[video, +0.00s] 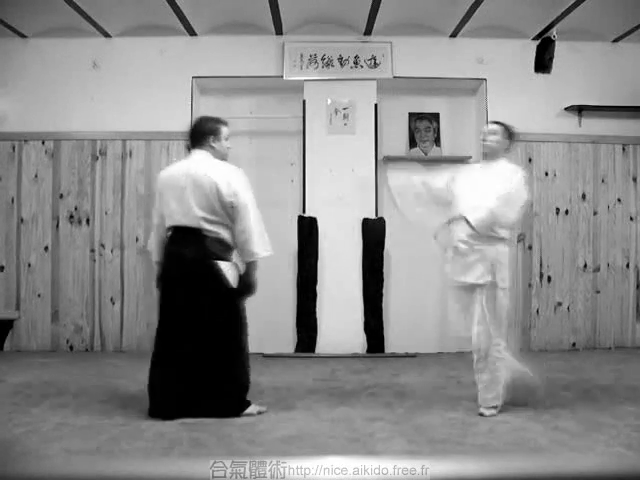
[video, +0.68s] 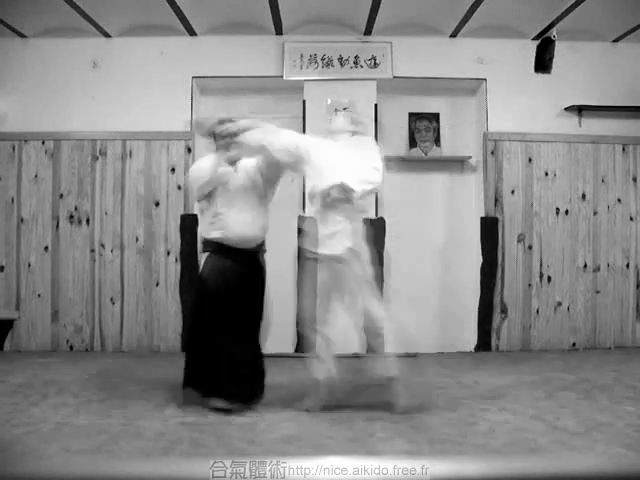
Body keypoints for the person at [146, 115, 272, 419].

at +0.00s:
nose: (228, 145)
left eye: (228, 139)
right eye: (225, 140)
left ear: (196, 141)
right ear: (212, 142)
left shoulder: (167, 174)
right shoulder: (228, 175)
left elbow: (159, 226)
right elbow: (246, 228)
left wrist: (160, 264)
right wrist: (250, 271)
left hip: (174, 262)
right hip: (215, 264)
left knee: (173, 333)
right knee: (226, 334)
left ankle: (168, 403)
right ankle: (230, 402)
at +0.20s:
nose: (239, 144)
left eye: (238, 137)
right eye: (235, 138)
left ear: (206, 141)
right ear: (221, 140)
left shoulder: (183, 174)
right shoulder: (238, 171)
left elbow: (178, 220)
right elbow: (267, 211)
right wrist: (279, 248)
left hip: (192, 259)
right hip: (229, 262)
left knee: (193, 332)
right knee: (236, 334)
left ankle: (171, 397)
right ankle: (233, 403)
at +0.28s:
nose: (241, 141)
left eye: (240, 135)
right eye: (237, 135)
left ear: (212, 140)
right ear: (221, 139)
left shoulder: (193, 172)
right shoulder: (237, 168)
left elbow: (190, 215)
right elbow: (284, 197)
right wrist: (297, 214)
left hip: (198, 257)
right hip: (231, 259)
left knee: (202, 330)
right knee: (242, 332)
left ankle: (189, 395)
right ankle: (234, 404)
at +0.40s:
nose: (242, 139)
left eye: (239, 133)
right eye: (235, 134)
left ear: (213, 140)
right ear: (217, 140)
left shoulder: (202, 168)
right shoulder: (231, 164)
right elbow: (274, 175)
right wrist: (296, 172)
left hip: (204, 252)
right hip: (232, 255)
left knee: (209, 328)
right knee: (245, 329)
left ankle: (201, 401)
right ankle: (234, 403)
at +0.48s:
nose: (238, 139)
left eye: (237, 134)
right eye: (231, 135)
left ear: (234, 138)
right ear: (213, 141)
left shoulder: (230, 166)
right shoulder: (214, 163)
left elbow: (262, 192)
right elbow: (259, 164)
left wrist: (292, 167)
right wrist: (289, 152)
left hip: (238, 254)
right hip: (225, 255)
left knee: (231, 327)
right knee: (240, 328)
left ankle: (227, 399)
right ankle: (233, 402)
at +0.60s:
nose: (232, 139)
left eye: (235, 135)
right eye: (225, 135)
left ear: (240, 138)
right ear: (212, 141)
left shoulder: (253, 167)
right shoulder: (207, 164)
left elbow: (287, 161)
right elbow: (241, 163)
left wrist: (286, 138)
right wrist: (268, 157)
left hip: (247, 256)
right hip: (218, 255)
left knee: (253, 325)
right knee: (226, 328)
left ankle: (248, 394)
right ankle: (228, 398)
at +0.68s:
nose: (230, 145)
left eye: (233, 139)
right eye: (224, 139)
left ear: (242, 141)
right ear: (215, 143)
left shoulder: (257, 169)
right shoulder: (207, 169)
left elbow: (282, 160)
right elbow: (196, 184)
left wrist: (259, 140)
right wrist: (220, 160)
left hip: (251, 256)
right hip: (219, 255)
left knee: (246, 326)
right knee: (214, 324)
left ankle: (245, 392)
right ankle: (214, 391)